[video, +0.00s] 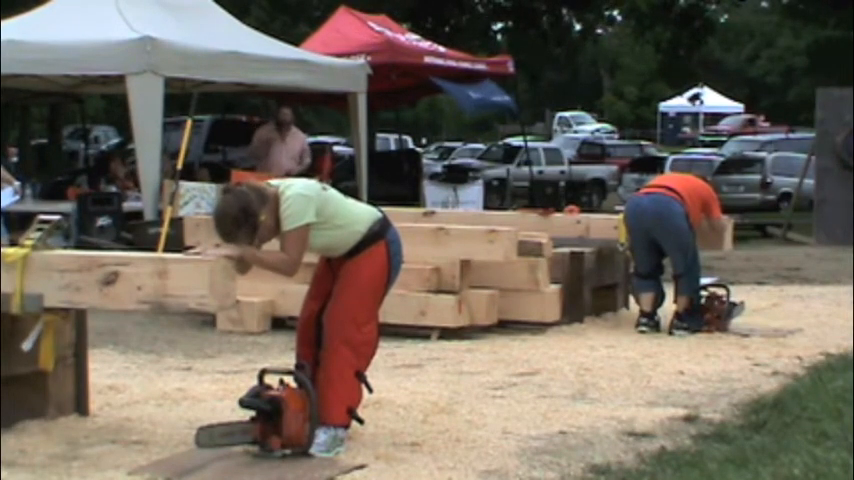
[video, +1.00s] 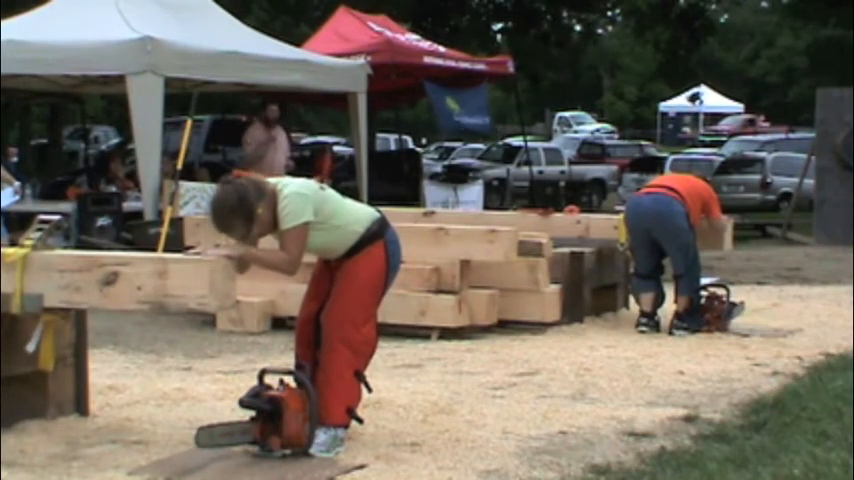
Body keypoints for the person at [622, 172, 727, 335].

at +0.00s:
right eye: (711, 191)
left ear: (689, 176)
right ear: (707, 184)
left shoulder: (671, 178)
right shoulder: (706, 189)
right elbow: (717, 223)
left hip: (635, 205)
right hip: (668, 206)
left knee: (645, 270)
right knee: (686, 268)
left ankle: (646, 316)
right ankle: (682, 318)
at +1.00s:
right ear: (707, 184)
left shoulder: (670, 178)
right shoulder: (706, 189)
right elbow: (717, 222)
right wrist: (725, 222)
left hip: (636, 204)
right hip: (669, 206)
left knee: (645, 269)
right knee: (687, 268)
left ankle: (646, 316)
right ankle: (682, 318)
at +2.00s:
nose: (728, 183)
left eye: (728, 180)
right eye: (728, 180)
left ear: (710, 170)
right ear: (724, 177)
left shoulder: (690, 174)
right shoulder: (719, 187)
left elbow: (697, 226)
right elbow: (715, 228)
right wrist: (711, 263)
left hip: (642, 203)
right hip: (670, 208)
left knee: (661, 261)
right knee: (691, 263)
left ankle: (651, 305)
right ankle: (684, 315)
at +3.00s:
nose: (715, 142)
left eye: (717, 138)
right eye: (715, 137)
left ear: (695, 129)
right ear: (707, 135)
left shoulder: (678, 139)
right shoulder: (693, 153)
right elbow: (689, 189)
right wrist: (698, 213)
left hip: (645, 199)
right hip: (661, 206)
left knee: (660, 263)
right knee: (673, 265)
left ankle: (659, 314)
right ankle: (664, 320)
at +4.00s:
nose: (724, 224)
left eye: (729, 221)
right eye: (726, 219)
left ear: (718, 208)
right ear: (720, 209)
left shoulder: (700, 203)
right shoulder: (700, 212)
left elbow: (693, 252)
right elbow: (695, 262)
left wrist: (709, 278)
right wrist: (701, 302)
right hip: (641, 215)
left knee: (669, 265)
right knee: (676, 267)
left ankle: (663, 317)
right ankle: (665, 321)